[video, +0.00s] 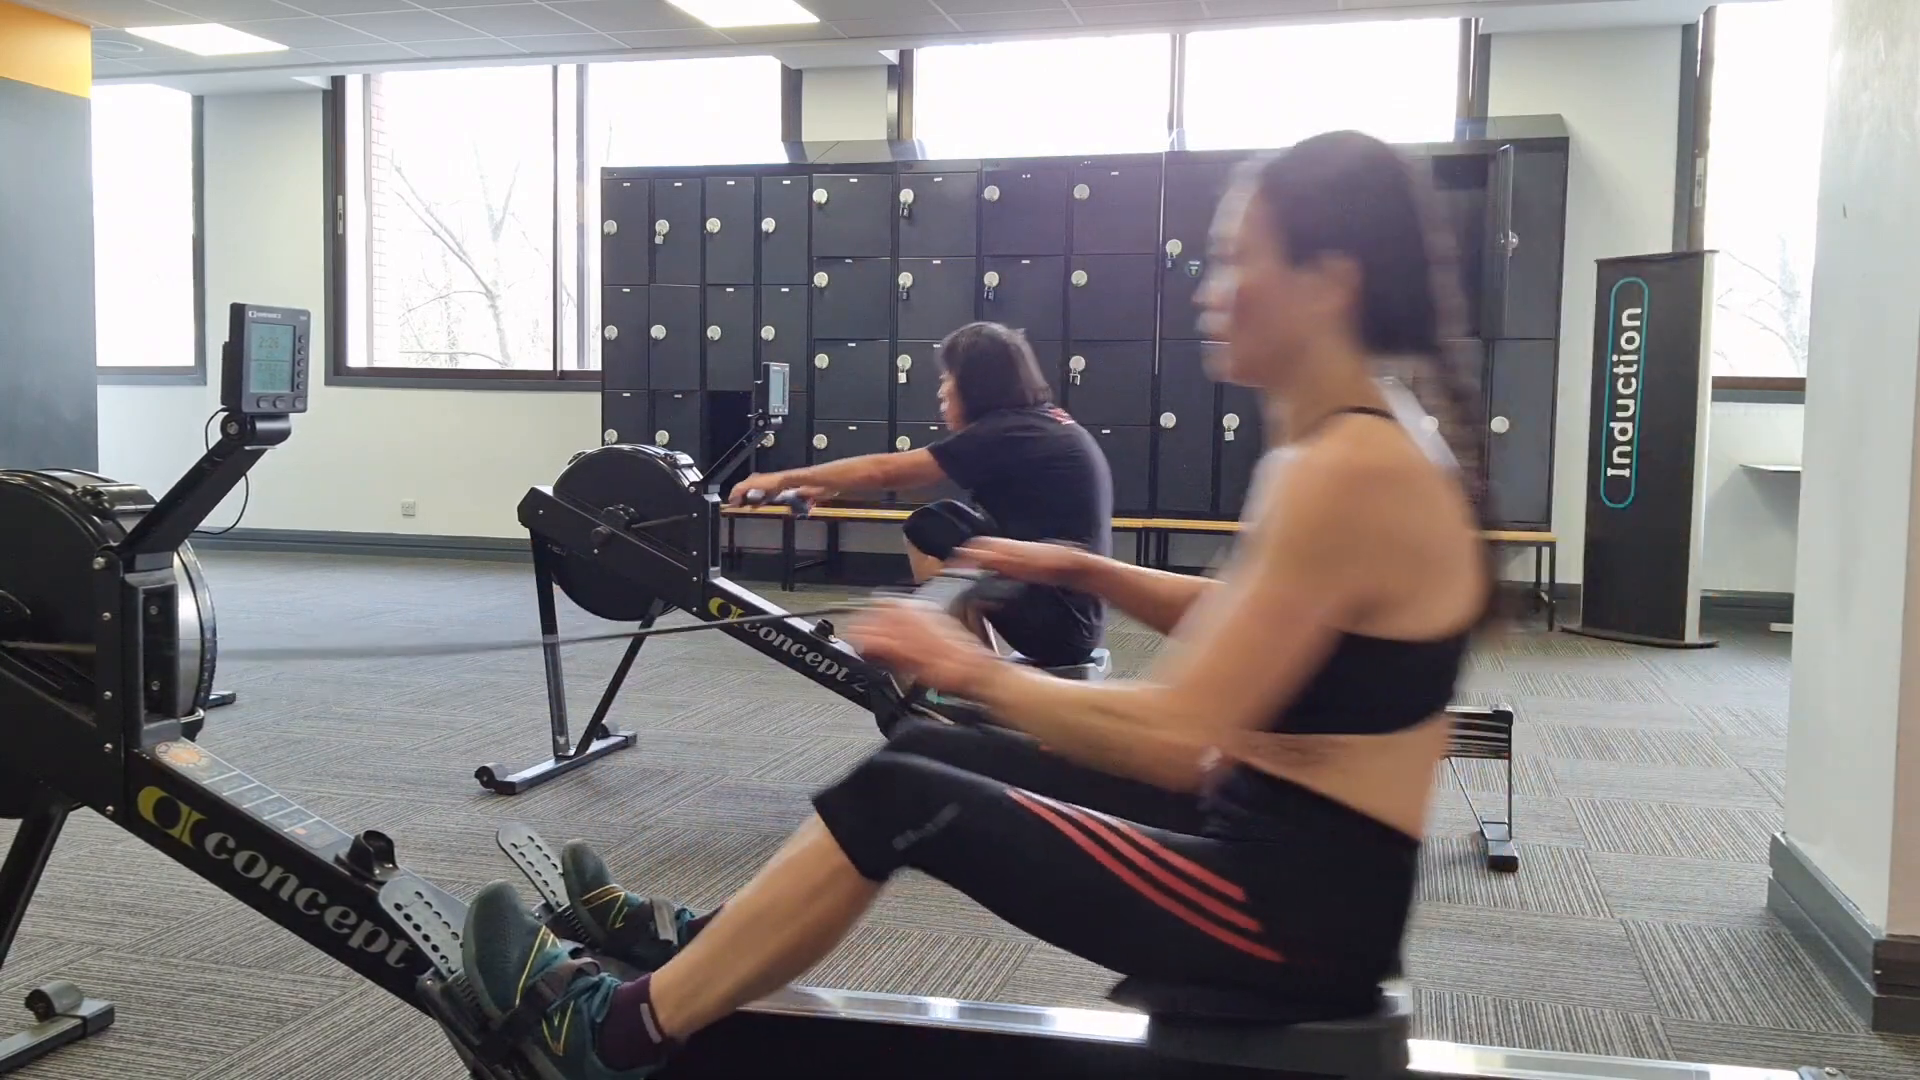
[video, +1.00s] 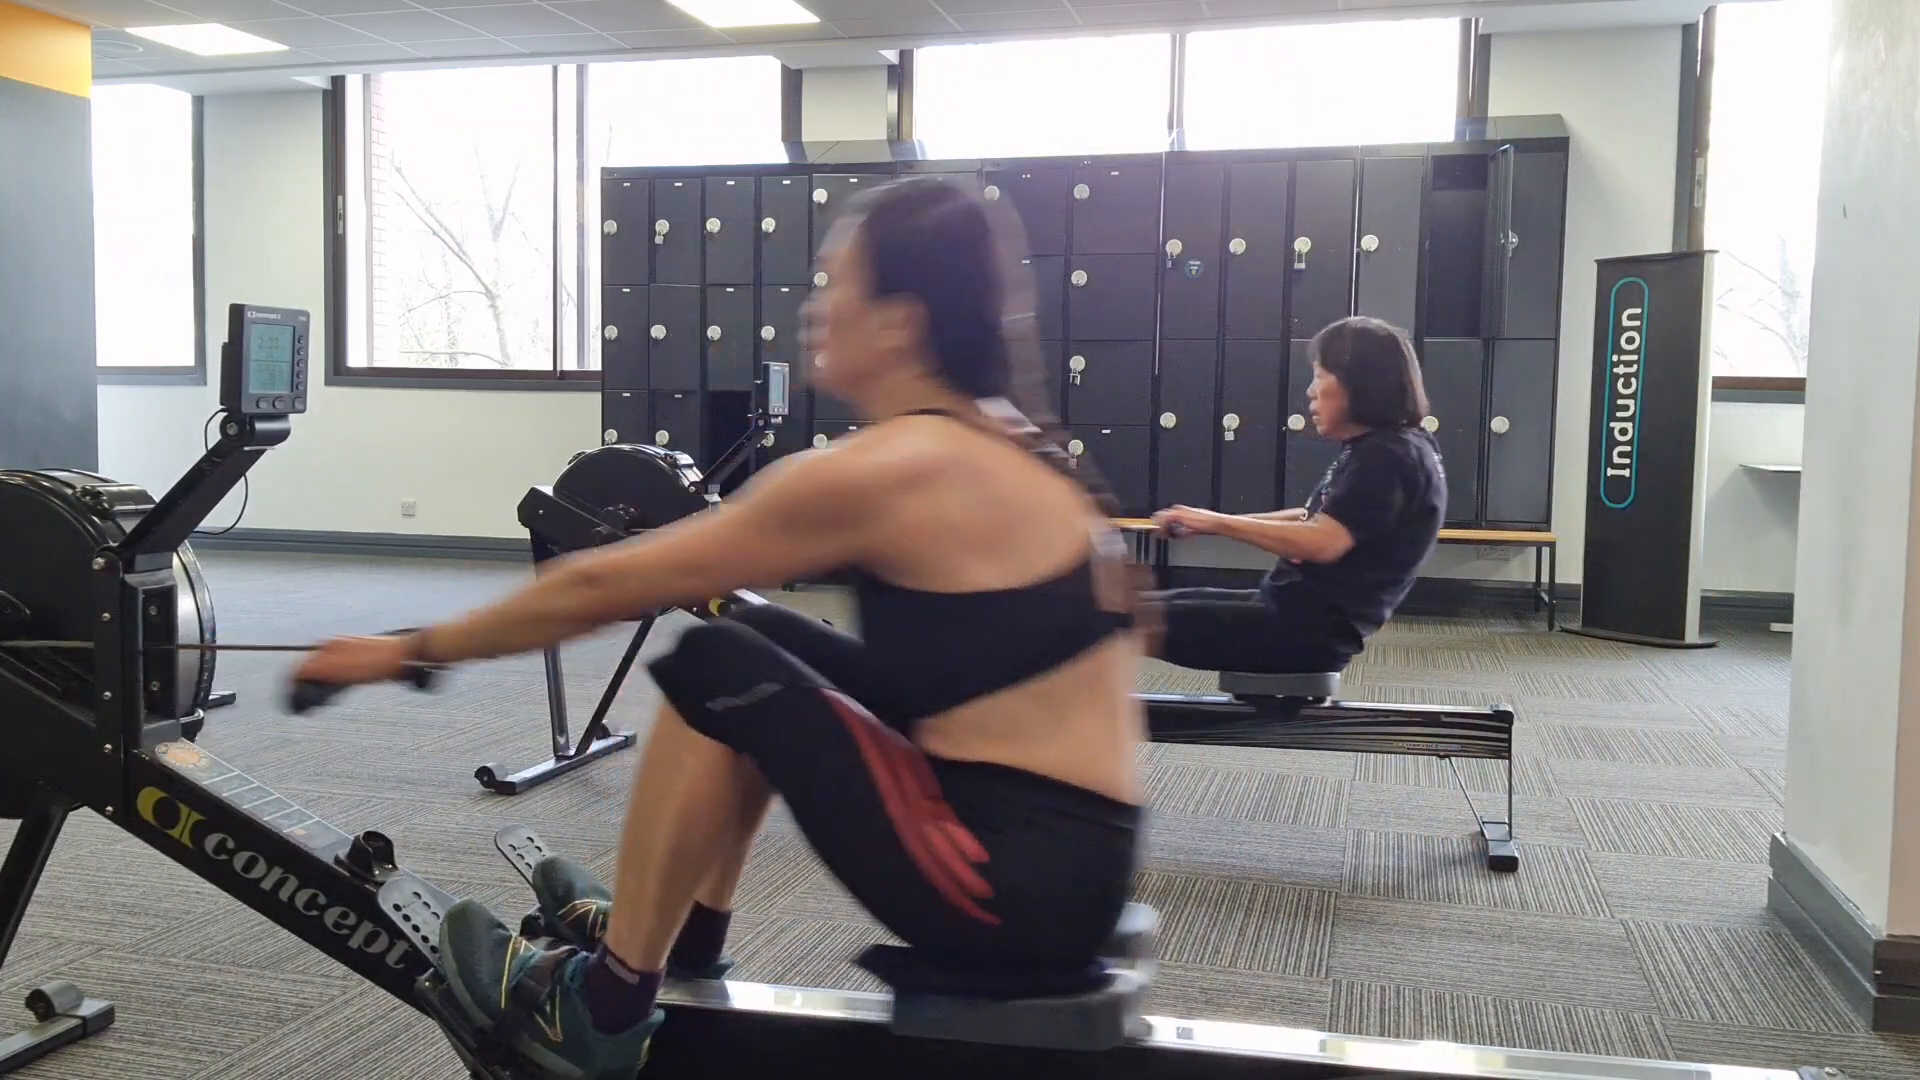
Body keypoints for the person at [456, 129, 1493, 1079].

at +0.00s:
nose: (1208, 296)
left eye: (1236, 263)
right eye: (1213, 266)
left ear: (1334, 280)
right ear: (1319, 284)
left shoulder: (1350, 469)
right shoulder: (1347, 453)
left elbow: (1179, 743)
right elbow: (1253, 628)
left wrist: (972, 669)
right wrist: (1084, 571)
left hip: (1290, 910)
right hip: (1273, 868)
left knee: (913, 786)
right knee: (923, 747)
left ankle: (640, 1025)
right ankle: (691, 975)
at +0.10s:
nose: (1114, 296)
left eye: (1138, 267)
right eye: (1120, 268)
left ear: (1227, 284)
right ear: (1221, 288)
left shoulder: (1234, 467)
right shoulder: (1255, 442)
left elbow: (1030, 710)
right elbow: (1155, 599)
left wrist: (833, 670)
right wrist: (966, 562)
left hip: (1240, 895)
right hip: (1231, 845)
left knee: (866, 769)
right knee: (878, 748)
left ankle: (634, 1022)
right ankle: (667, 988)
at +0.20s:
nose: (1015, 303)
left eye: (1036, 274)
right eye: (1021, 275)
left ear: (1124, 292)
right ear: (1121, 295)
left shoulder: (1129, 469)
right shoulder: (1179, 433)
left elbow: (891, 705)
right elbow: (1017, 584)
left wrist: (704, 688)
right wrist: (846, 583)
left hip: (1169, 901)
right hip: (1176, 831)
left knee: (834, 741)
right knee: (858, 695)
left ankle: (621, 1020)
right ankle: (672, 952)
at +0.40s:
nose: (846, 316)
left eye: (866, 290)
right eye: (853, 290)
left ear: (941, 315)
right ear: (939, 317)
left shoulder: (939, 480)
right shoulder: (1027, 437)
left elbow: (683, 659)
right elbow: (779, 606)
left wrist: (492, 745)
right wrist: (658, 639)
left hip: (1041, 901)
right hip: (1094, 868)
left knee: (728, 701)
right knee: (788, 655)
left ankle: (614, 1015)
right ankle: (692, 948)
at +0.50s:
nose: (773, 328)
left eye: (789, 303)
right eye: (780, 303)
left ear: (859, 327)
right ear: (871, 330)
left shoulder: (855, 481)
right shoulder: (966, 451)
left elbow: (578, 665)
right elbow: (1099, 607)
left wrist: (404, 762)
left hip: (983, 904)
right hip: (1054, 878)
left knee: (690, 679)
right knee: (752, 642)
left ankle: (607, 1011)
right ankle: (690, 947)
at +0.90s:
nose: (720, 327)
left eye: (737, 304)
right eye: (728, 302)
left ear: (808, 331)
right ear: (851, 338)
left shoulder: (792, 476)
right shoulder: (941, 464)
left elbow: (513, 581)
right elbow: (1071, 629)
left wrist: (307, 641)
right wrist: (938, 716)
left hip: (938, 889)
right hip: (1024, 874)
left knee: (673, 643)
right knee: (726, 628)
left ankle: (611, 996)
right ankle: (685, 932)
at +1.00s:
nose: (812, 314)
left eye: (832, 290)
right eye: (820, 288)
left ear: (906, 319)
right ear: (922, 321)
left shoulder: (883, 473)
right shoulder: (1005, 443)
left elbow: (602, 583)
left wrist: (411, 649)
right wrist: (672, 575)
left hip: (1005, 891)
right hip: (1076, 870)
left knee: (716, 661)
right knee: (765, 643)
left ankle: (605, 998)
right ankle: (684, 949)